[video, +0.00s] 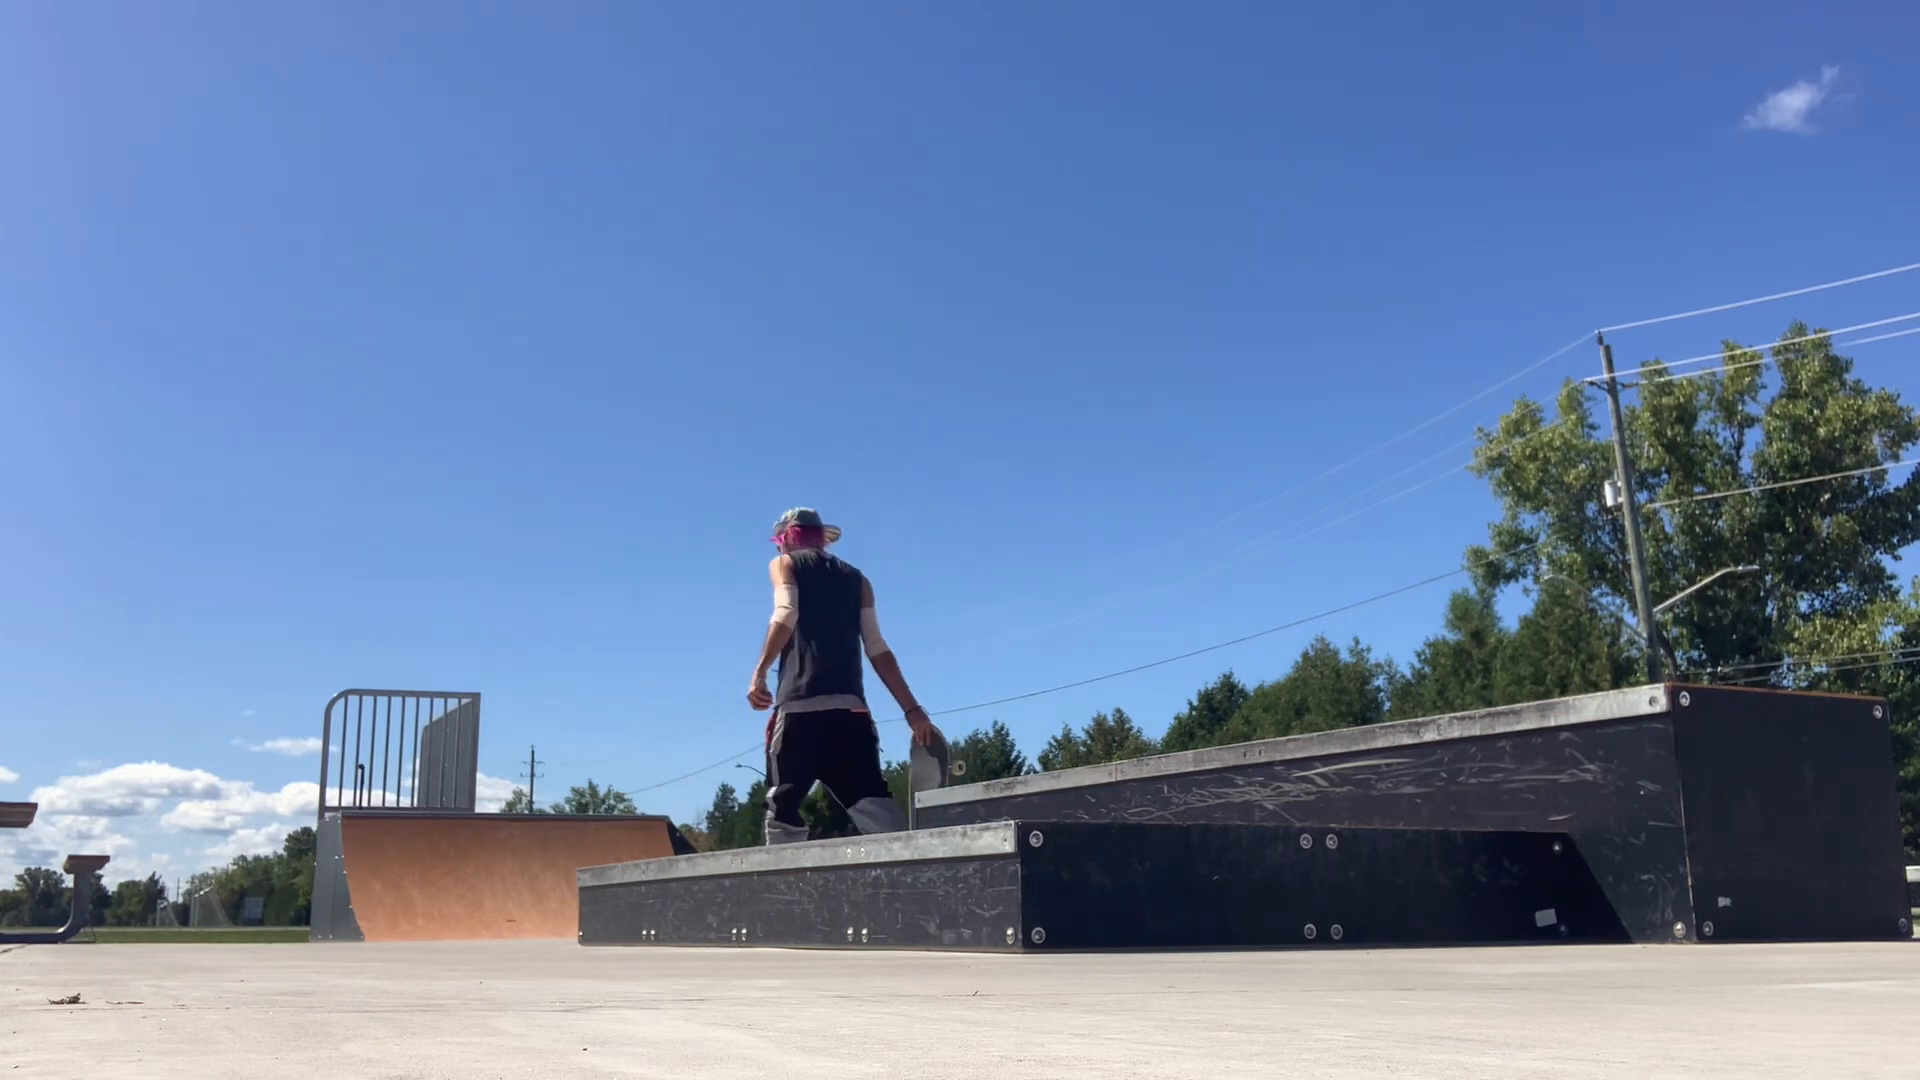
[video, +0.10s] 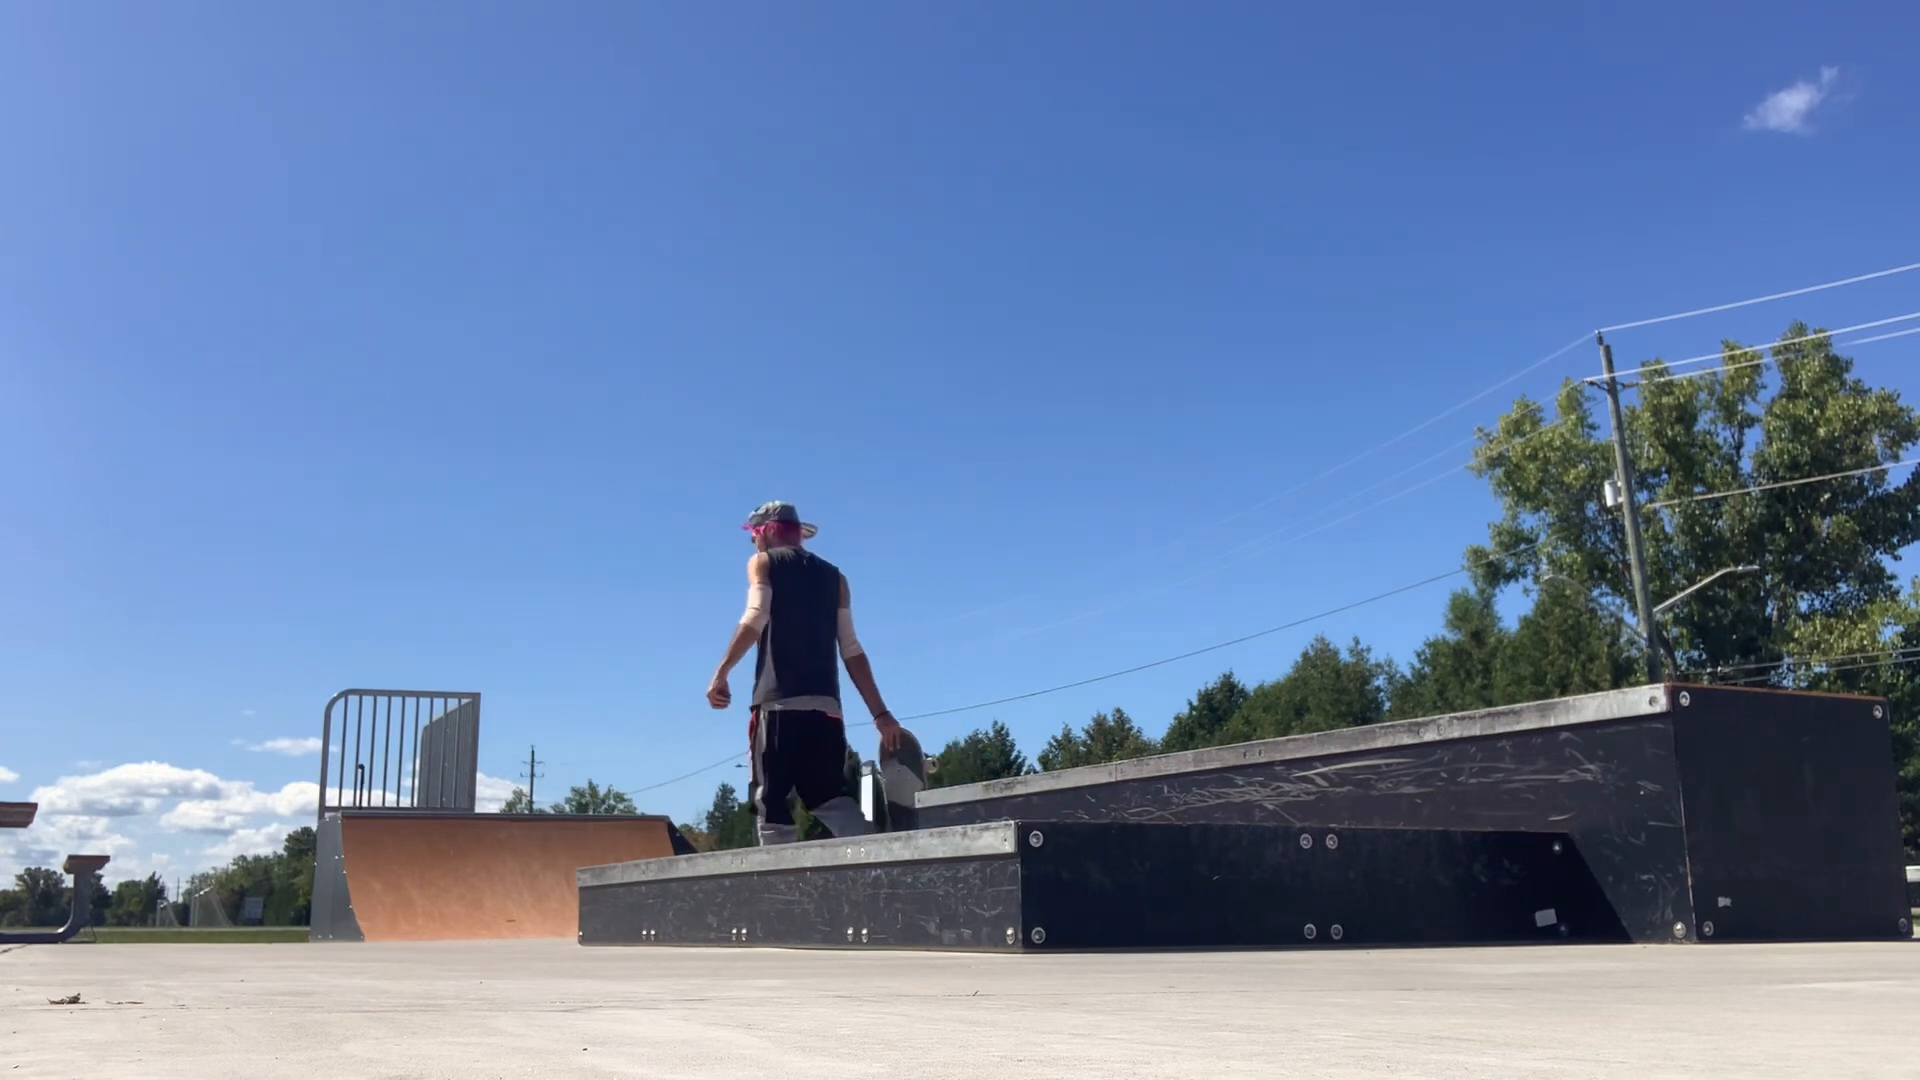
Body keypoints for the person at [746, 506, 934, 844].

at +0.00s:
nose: (778, 548)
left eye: (778, 543)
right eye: (778, 543)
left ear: (787, 539)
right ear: (823, 539)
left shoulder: (783, 563)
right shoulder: (855, 577)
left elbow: (786, 616)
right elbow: (877, 650)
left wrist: (759, 674)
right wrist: (912, 709)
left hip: (796, 720)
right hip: (851, 718)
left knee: (782, 814)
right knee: (875, 810)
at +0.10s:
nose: (754, 542)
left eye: (755, 535)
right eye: (752, 536)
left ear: (767, 532)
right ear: (797, 533)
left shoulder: (763, 561)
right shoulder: (834, 576)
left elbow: (755, 619)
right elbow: (852, 652)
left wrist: (722, 671)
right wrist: (881, 714)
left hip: (779, 712)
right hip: (826, 713)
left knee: (772, 810)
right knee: (826, 798)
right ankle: (879, 858)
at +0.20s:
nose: (733, 540)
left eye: (735, 532)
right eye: (733, 533)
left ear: (750, 527)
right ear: (776, 530)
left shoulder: (746, 558)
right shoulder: (813, 573)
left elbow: (727, 618)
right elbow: (827, 648)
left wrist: (686, 658)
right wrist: (853, 714)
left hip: (763, 707)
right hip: (808, 710)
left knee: (764, 805)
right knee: (796, 794)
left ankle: (784, 892)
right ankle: (829, 871)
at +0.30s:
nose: (710, 541)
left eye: (713, 532)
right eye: (710, 533)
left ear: (731, 529)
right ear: (751, 532)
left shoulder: (726, 563)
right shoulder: (790, 576)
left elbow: (695, 625)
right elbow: (809, 650)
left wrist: (662, 640)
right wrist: (833, 714)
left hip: (749, 706)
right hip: (789, 708)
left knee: (759, 801)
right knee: (746, 796)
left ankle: (776, 886)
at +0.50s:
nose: (664, 555)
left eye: (667, 546)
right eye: (663, 547)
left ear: (685, 543)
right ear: (704, 545)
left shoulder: (685, 577)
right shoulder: (744, 588)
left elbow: (634, 626)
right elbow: (772, 656)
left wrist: (641, 598)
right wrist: (798, 717)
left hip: (708, 716)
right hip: (742, 718)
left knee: (722, 808)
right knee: (708, 810)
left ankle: (766, 879)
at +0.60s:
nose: (645, 551)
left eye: (648, 543)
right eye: (644, 544)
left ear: (668, 542)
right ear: (683, 544)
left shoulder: (665, 576)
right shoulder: (724, 588)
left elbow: (613, 612)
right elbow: (749, 658)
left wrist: (633, 578)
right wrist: (771, 718)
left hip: (683, 718)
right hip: (719, 719)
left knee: (669, 806)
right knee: (700, 813)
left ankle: (721, 852)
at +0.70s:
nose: (627, 552)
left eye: (629, 544)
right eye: (626, 544)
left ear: (649, 539)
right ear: (663, 541)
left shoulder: (647, 573)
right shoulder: (706, 587)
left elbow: (595, 599)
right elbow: (725, 659)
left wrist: (623, 564)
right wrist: (739, 717)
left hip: (661, 723)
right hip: (703, 726)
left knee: (627, 804)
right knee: (681, 824)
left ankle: (678, 851)